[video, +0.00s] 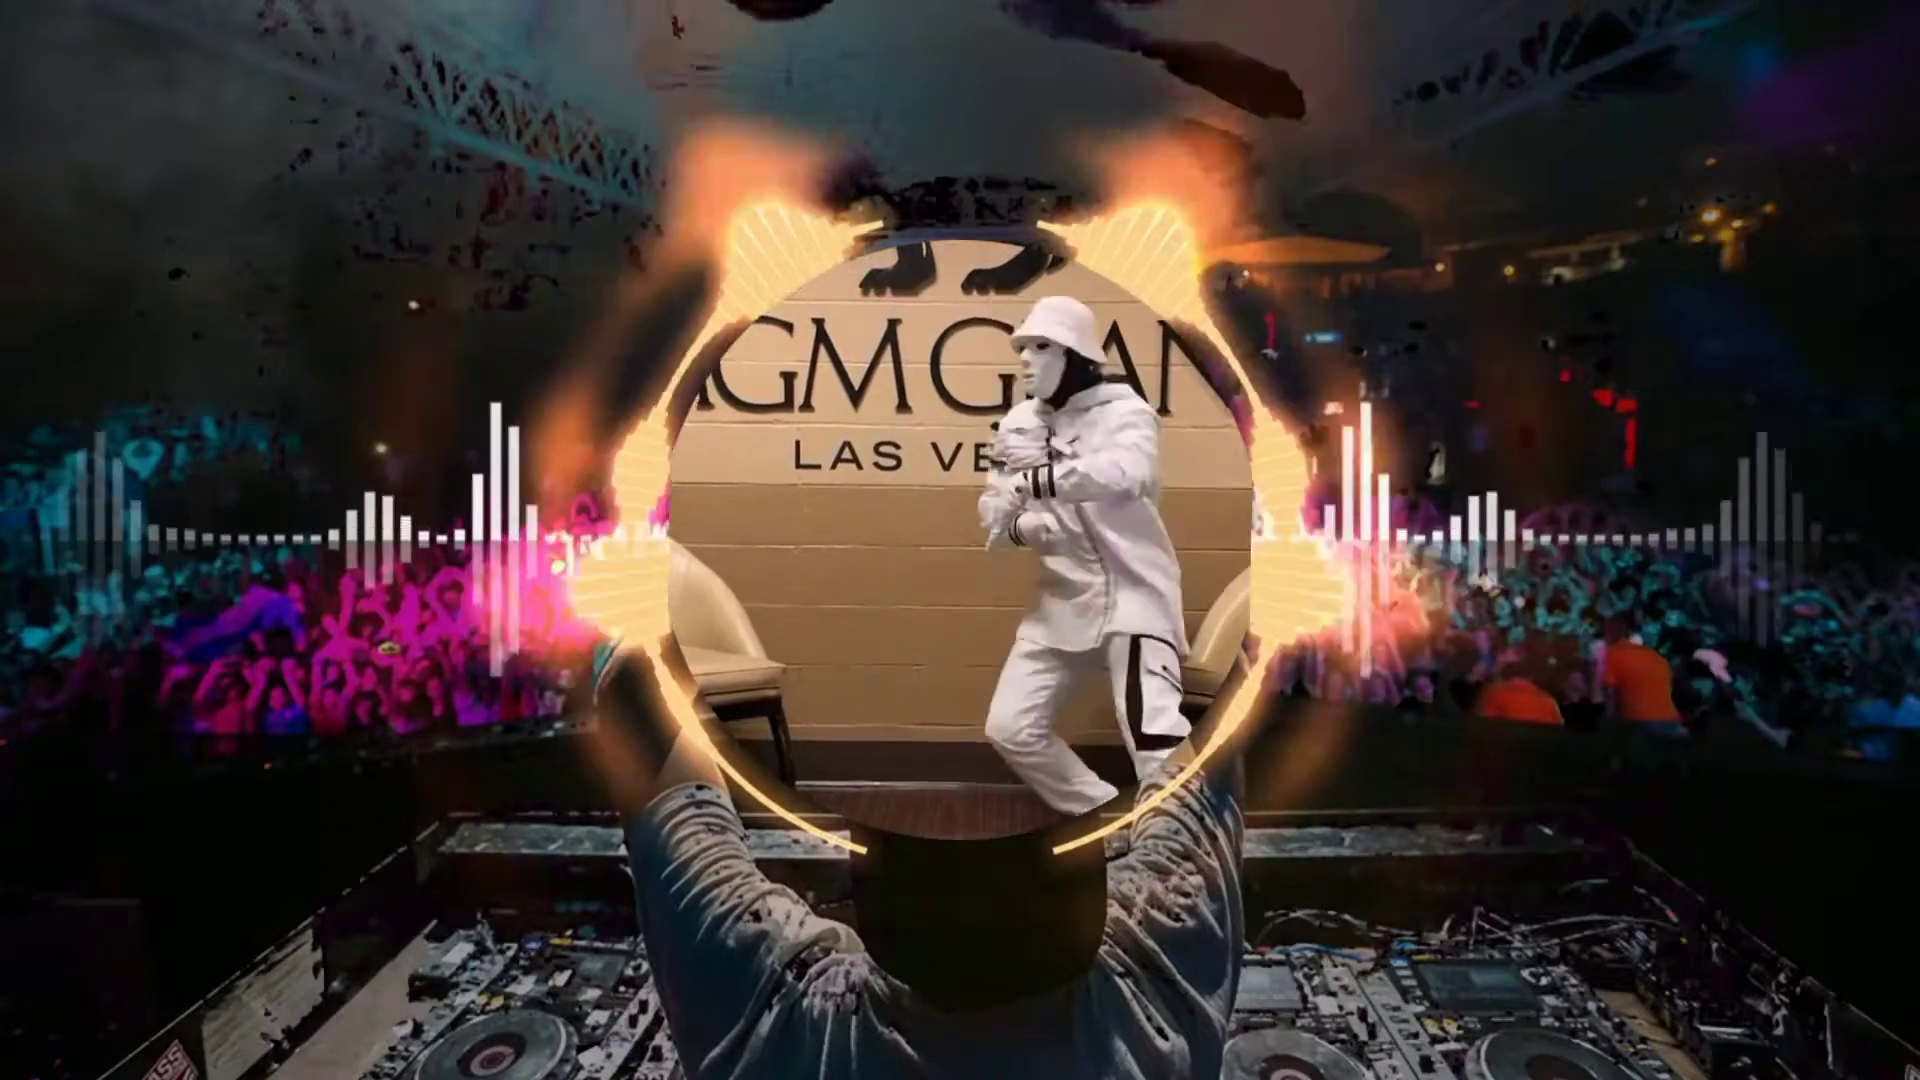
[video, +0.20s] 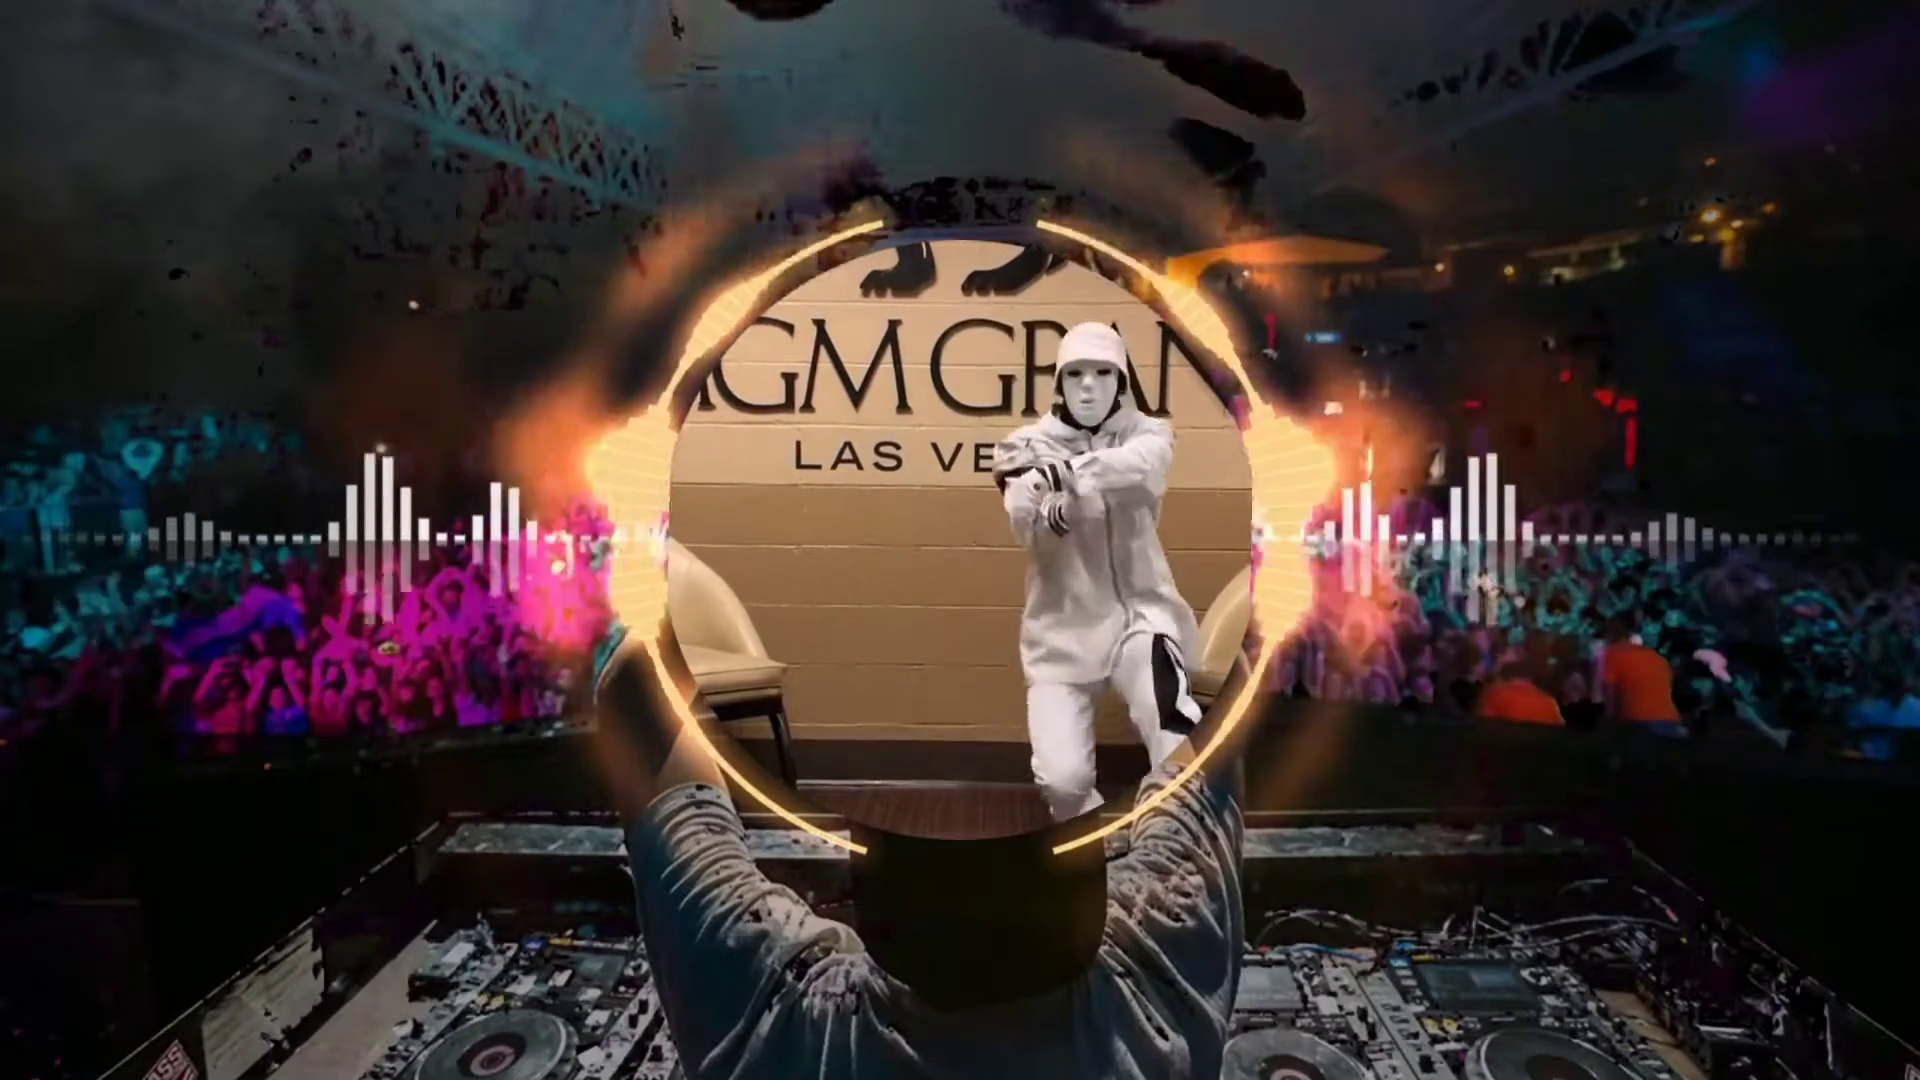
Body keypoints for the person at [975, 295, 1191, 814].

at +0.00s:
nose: (1024, 361)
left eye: (1037, 350)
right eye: (1022, 350)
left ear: (1072, 356)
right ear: (1021, 356)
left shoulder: (1125, 410)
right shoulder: (1020, 424)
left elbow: (1129, 474)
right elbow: (992, 516)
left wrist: (1039, 477)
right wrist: (1025, 521)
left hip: (1136, 591)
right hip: (1064, 598)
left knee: (1152, 731)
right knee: (1013, 729)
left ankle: (1175, 848)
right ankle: (1110, 818)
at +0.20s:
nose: (1088, 386)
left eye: (1101, 375)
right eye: (1076, 375)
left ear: (1119, 383)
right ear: (1060, 384)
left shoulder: (1149, 433)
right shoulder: (1030, 443)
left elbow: (1141, 467)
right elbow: (1020, 510)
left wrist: (1062, 474)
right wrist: (1044, 495)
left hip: (1139, 615)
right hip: (1060, 629)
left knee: (1168, 719)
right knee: (1062, 779)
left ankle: (1182, 847)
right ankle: (1089, 875)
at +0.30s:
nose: (1090, 426)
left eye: (1102, 413)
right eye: (1077, 414)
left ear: (1121, 420)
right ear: (1061, 423)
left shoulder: (1151, 467)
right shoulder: (1031, 477)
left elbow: (1155, 502)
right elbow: (1028, 539)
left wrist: (1067, 512)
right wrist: (1059, 558)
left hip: (1139, 644)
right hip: (1065, 665)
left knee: (1158, 681)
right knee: (1075, 818)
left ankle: (1164, 811)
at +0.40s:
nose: (1095, 482)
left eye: (1109, 469)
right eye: (1082, 470)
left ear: (1127, 477)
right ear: (1065, 477)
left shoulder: (1159, 522)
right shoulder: (1033, 532)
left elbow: (1156, 550)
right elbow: (1032, 587)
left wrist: (1066, 557)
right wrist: (1053, 622)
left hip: (1144, 706)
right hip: (1068, 724)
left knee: (1152, 702)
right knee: (1066, 864)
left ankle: (1154, 834)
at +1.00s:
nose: (1095, 498)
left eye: (1110, 485)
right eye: (1082, 486)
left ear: (1128, 494)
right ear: (1066, 494)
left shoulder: (1157, 540)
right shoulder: (1027, 550)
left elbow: (1166, 576)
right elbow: (1016, 613)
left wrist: (1068, 595)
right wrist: (1044, 662)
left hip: (1138, 732)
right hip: (1064, 743)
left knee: (1165, 707)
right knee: (1057, 870)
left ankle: (1162, 835)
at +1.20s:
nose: (1063, 496)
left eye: (1078, 483)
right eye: (1051, 484)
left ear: (1097, 492)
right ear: (1036, 491)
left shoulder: (1129, 543)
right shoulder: (1004, 546)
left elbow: (1159, 597)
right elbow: (979, 634)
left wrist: (1062, 586)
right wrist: (974, 717)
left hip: (1103, 699)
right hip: (1023, 713)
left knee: (1060, 736)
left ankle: (1108, 861)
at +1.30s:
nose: (1027, 489)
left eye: (1041, 477)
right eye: (1016, 477)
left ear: (1063, 484)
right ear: (1003, 484)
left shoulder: (1097, 539)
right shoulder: (976, 540)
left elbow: (1155, 604)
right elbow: (956, 643)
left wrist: (1058, 581)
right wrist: (945, 730)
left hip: (1055, 708)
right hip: (984, 709)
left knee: (964, 792)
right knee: (932, 838)